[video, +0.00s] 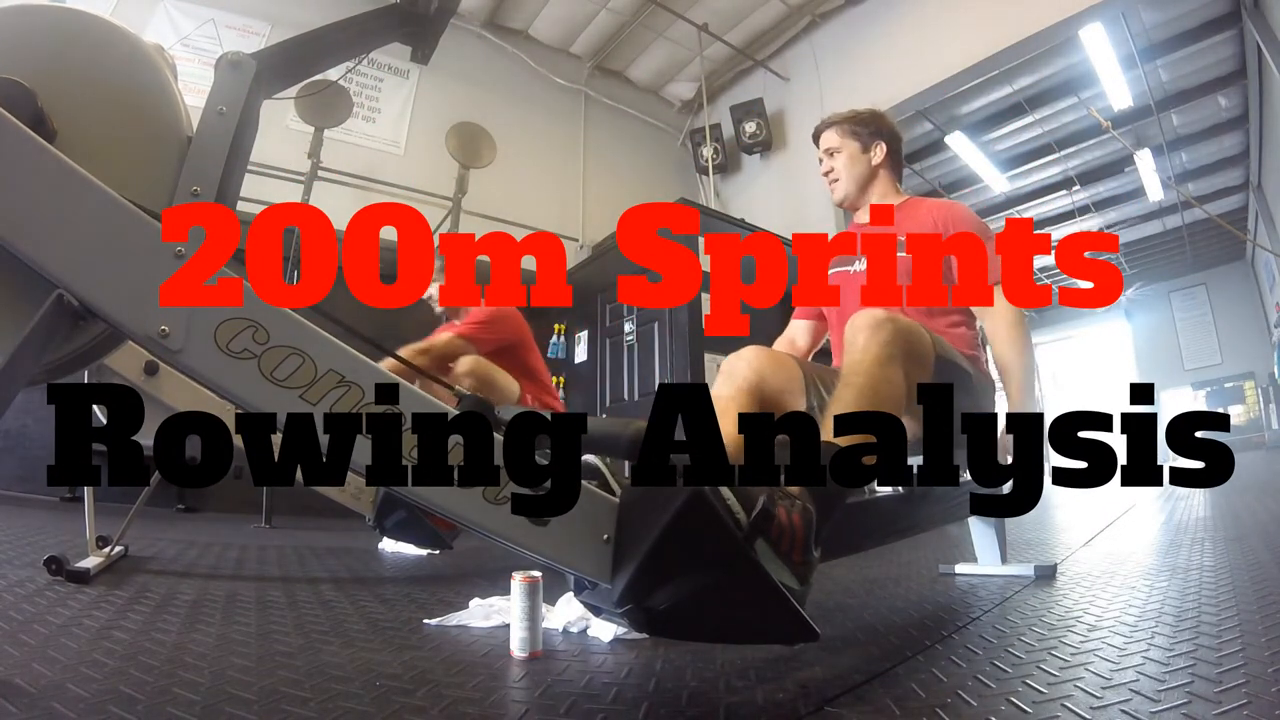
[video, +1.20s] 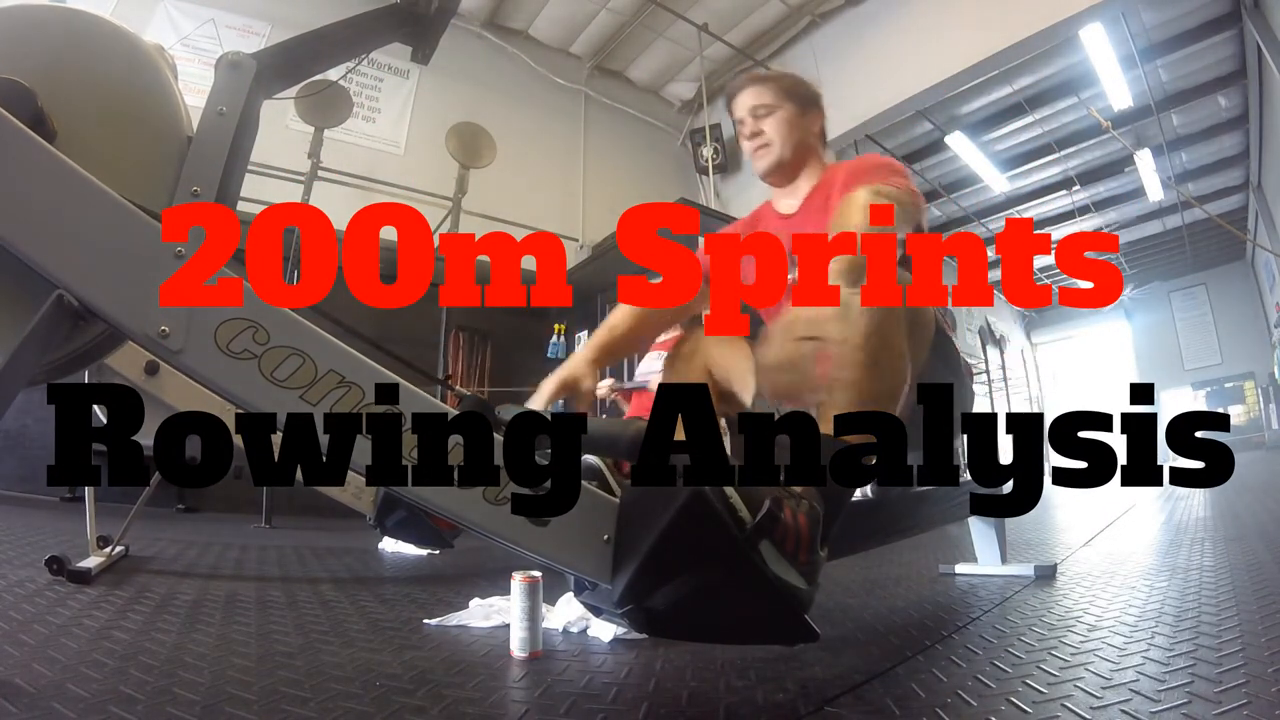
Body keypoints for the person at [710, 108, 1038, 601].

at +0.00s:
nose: (823, 168)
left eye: (834, 153)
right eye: (820, 160)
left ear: (877, 152)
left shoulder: (946, 217)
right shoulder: (834, 251)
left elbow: (1001, 312)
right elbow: (796, 340)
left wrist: (1021, 414)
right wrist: (754, 399)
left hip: (954, 394)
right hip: (856, 396)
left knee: (874, 327)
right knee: (744, 366)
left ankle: (804, 515)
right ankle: (713, 521)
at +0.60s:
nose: (815, 162)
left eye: (826, 148)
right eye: (812, 155)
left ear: (870, 150)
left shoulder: (937, 210)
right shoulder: (820, 249)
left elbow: (999, 289)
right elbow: (768, 333)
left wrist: (1015, 381)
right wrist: (729, 388)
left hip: (954, 390)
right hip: (856, 394)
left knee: (885, 330)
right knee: (750, 370)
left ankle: (813, 506)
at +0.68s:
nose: (807, 158)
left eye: (818, 144)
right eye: (805, 151)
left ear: (863, 145)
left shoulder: (928, 207)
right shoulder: (816, 245)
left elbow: (991, 288)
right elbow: (759, 328)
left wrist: (996, 366)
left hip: (937, 391)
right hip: (840, 390)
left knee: (882, 321)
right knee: (732, 359)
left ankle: (810, 505)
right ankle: (711, 513)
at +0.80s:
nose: (798, 155)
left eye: (809, 139)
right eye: (796, 148)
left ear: (856, 141)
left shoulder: (922, 202)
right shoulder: (805, 242)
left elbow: (979, 282)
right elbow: (757, 315)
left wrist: (972, 347)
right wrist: (693, 357)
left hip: (928, 388)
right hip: (836, 390)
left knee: (876, 310)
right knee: (729, 358)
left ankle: (811, 501)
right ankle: (703, 517)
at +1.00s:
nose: (775, 147)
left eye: (785, 130)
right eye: (771, 139)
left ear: (835, 130)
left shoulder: (901, 189)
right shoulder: (782, 236)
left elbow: (934, 264)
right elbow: (709, 298)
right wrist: (639, 356)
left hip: (906, 386)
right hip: (818, 390)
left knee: (867, 294)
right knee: (709, 355)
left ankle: (811, 503)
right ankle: (707, 517)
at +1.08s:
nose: (763, 138)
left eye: (777, 120)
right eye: (757, 133)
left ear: (827, 125)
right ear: (760, 151)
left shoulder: (883, 180)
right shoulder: (765, 232)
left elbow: (907, 255)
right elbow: (690, 299)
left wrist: (861, 329)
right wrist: (611, 356)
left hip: (907, 382)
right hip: (815, 392)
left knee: (875, 280)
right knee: (705, 353)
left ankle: (816, 488)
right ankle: (688, 522)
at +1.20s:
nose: (748, 132)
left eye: (763, 114)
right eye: (740, 126)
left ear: (813, 120)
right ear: (741, 146)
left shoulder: (866, 176)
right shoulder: (744, 231)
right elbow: (668, 291)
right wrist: (590, 357)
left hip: (870, 360)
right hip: (782, 373)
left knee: (870, 205)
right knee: (697, 347)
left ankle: (817, 485)